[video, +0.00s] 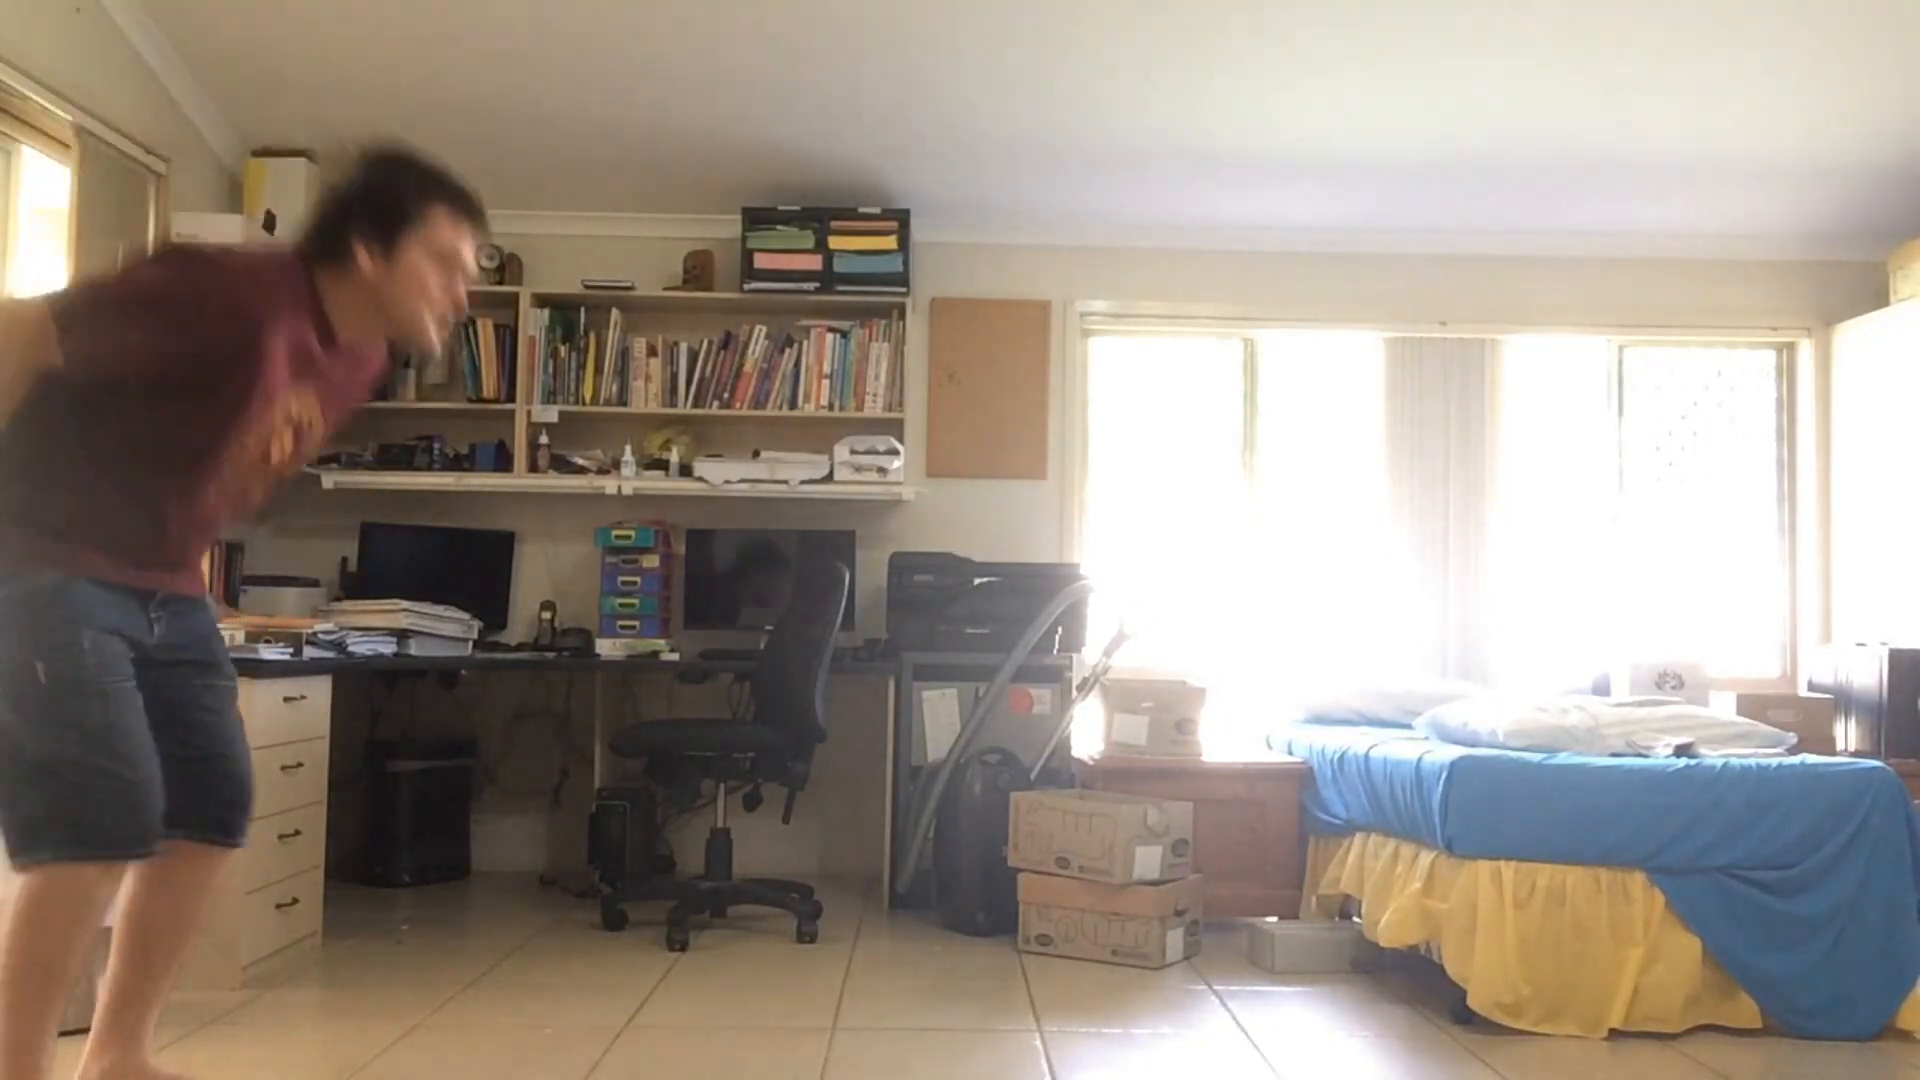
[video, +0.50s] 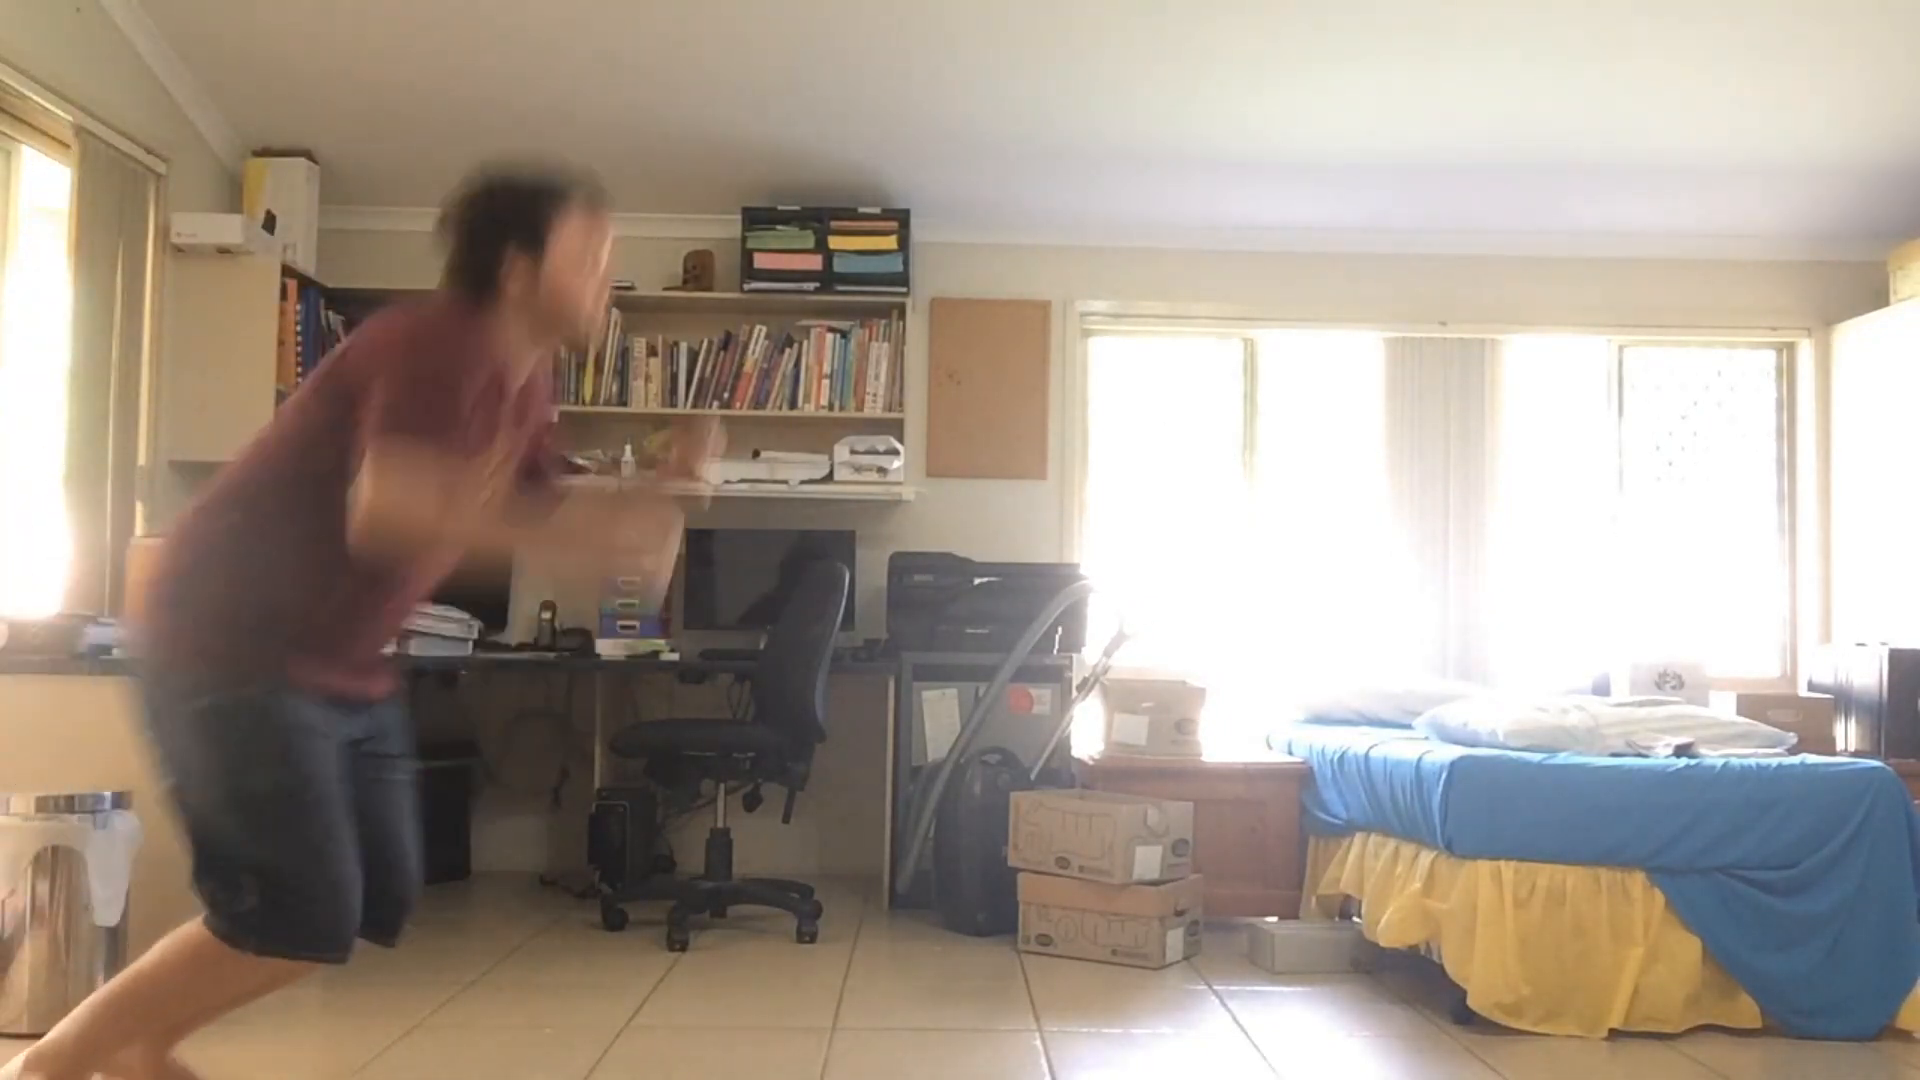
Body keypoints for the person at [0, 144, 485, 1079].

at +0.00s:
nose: (465, 292)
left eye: (471, 273)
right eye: (449, 262)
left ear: (383, 262)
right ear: (372, 248)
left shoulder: (360, 363)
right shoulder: (226, 290)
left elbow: (229, 476)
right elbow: (26, 333)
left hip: (166, 582)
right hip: (45, 567)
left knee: (208, 806)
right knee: (96, 815)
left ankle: (117, 1056)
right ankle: (20, 1063)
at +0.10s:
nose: (490, 400)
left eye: (498, 384)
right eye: (479, 373)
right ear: (404, 350)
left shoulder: (378, 438)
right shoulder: (250, 379)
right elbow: (32, 386)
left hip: (166, 604)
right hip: (47, 583)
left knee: (239, 816)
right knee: (134, 834)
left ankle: (118, 1059)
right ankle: (25, 1065)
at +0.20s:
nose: (519, 486)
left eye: (529, 466)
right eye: (509, 457)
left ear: (437, 442)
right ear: (435, 435)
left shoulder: (397, 504)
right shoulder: (294, 453)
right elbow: (68, 475)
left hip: (178, 643)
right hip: (56, 623)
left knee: (268, 839)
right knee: (184, 852)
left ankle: (120, 1061)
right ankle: (34, 1069)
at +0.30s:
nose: (553, 497)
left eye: (561, 475)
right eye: (543, 470)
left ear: (474, 461)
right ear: (471, 455)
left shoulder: (428, 526)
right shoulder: (312, 486)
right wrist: (16, 773)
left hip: (206, 675)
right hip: (92, 664)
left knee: (300, 870)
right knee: (229, 881)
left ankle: (119, 1063)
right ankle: (39, 1065)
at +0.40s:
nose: (580, 416)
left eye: (583, 398)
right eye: (568, 393)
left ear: (507, 396)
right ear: (495, 388)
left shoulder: (464, 488)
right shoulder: (366, 443)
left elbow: (383, 635)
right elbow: (241, 647)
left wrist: (497, 730)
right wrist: (340, 821)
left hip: (216, 669)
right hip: (123, 667)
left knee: (323, 893)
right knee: (270, 907)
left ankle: (132, 1053)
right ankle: (47, 1067)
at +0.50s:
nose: (606, 282)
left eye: (606, 260)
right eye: (590, 257)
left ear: (547, 271)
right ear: (518, 264)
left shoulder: (525, 378)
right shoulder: (438, 340)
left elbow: (528, 507)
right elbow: (386, 508)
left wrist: (653, 489)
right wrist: (566, 535)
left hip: (345, 656)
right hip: (228, 643)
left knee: (372, 898)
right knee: (300, 912)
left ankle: (145, 1042)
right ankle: (53, 1063)